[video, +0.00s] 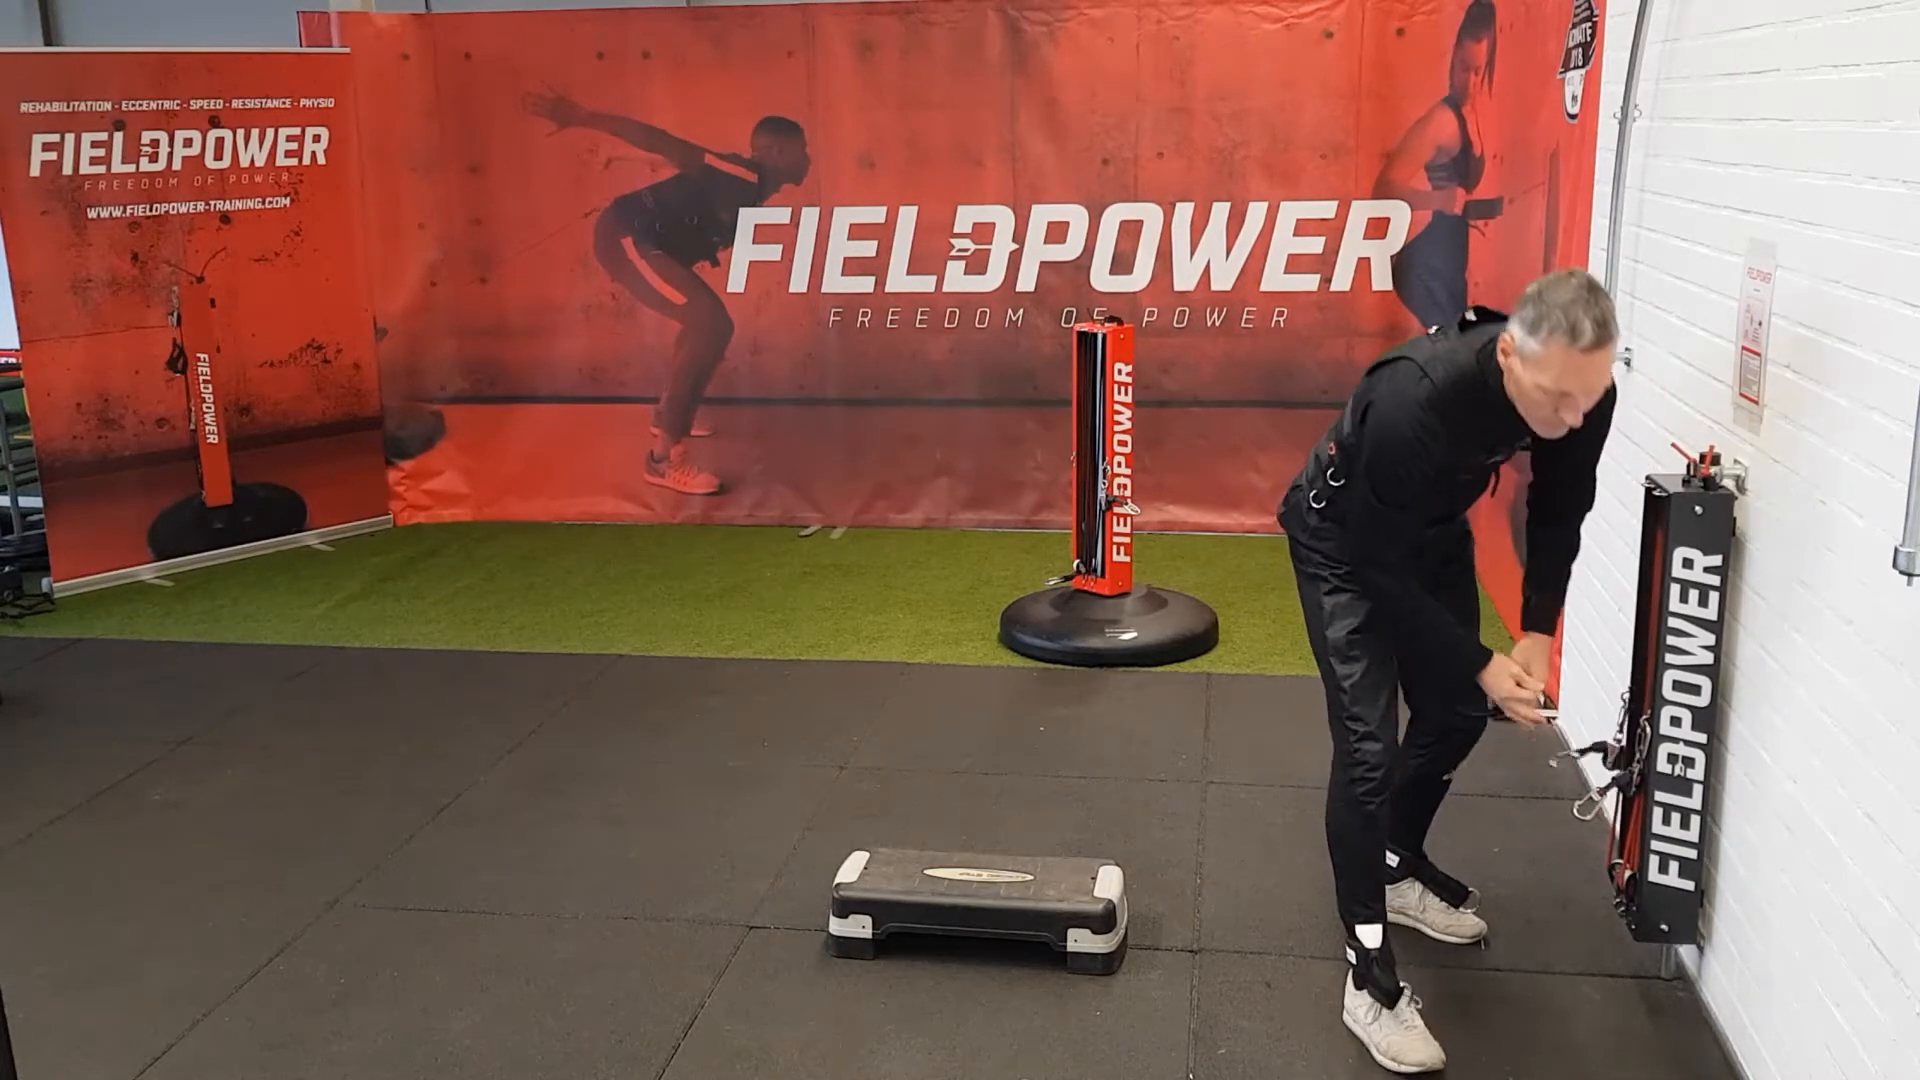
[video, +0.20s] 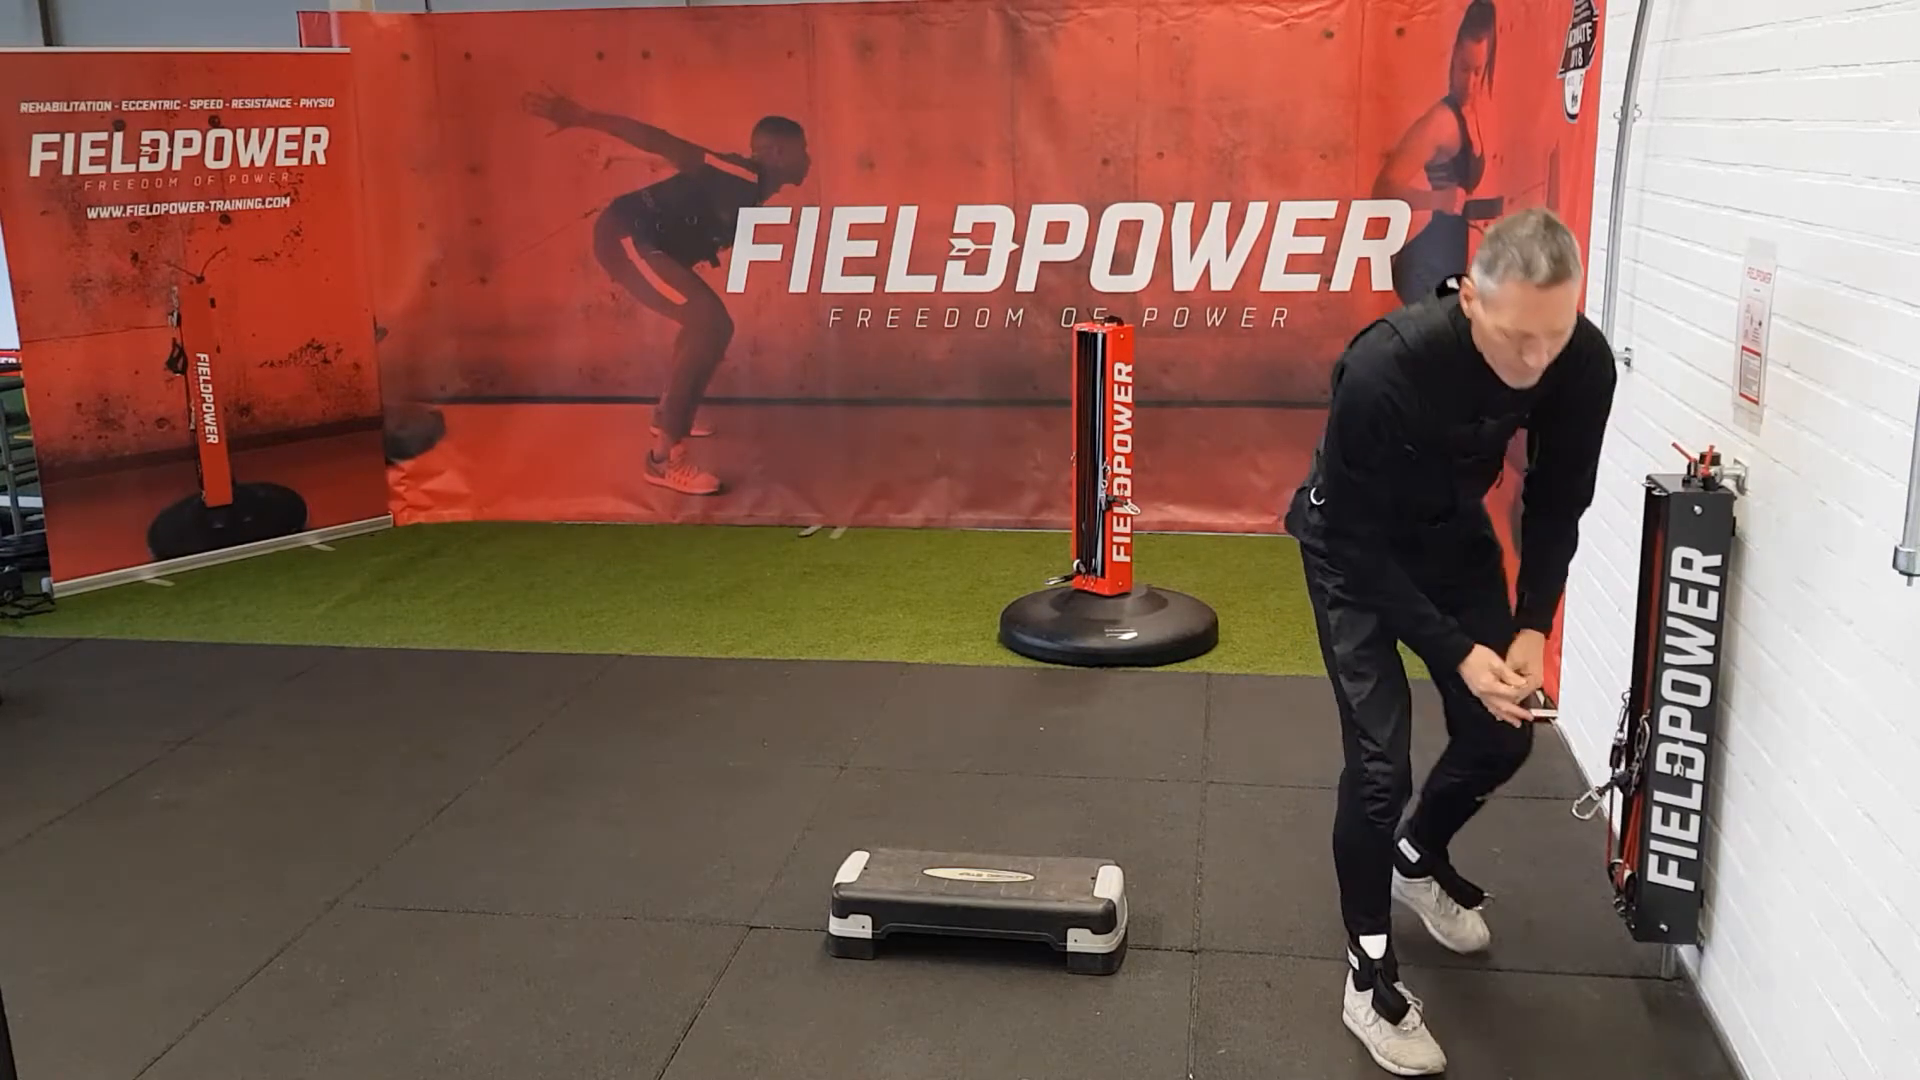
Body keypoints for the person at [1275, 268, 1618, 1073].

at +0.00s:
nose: (1574, 416)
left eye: (1589, 397)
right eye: (1557, 395)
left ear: (1605, 365)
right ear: (1510, 354)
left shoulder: (1589, 387)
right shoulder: (1418, 402)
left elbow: (1559, 503)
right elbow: (1382, 560)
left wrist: (1538, 628)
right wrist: (1480, 667)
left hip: (1436, 531)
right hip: (1343, 536)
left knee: (1454, 716)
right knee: (1369, 752)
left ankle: (1395, 866)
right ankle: (1370, 976)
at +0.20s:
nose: (1537, 356)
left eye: (1555, 336)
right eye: (1519, 336)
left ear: (1577, 306)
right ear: (1471, 300)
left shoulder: (1582, 363)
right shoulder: (1388, 370)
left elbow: (1556, 501)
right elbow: (1361, 538)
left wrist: (1533, 631)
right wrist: (1457, 648)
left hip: (1454, 536)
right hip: (1354, 543)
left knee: (1499, 737)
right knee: (1381, 763)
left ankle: (1414, 854)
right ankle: (1370, 976)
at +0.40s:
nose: (1527, 323)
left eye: (1544, 300)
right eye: (1506, 303)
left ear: (1565, 271)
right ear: (1458, 269)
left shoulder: (1587, 344)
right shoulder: (1377, 346)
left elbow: (1593, 505)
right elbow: (1343, 524)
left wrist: (1562, 660)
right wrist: (1422, 660)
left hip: (1489, 562)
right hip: (1378, 567)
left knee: (1515, 761)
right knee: (1383, 779)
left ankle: (1487, 968)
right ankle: (1372, 977)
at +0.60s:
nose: (1534, 307)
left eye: (1553, 284)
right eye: (1514, 287)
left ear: (1576, 254)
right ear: (1468, 251)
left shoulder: (1609, 352)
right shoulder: (1389, 322)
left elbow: (1629, 545)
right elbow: (1321, 482)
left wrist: (1626, 717)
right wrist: (1336, 640)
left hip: (1515, 588)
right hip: (1392, 577)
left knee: (1517, 799)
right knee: (1391, 784)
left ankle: (1515, 1036)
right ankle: (1373, 980)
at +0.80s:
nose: (1533, 303)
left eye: (1554, 280)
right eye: (1512, 281)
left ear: (1583, 244)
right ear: (1474, 242)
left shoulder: (1624, 348)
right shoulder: (1414, 298)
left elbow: (1669, 545)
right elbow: (1327, 432)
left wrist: (1687, 737)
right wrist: (1287, 578)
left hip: (1539, 590)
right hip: (1414, 569)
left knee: (1538, 819)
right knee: (1390, 781)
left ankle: (1516, 1035)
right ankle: (1375, 964)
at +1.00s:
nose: (1460, 288)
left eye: (1483, 268)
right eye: (1445, 264)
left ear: (1543, 233)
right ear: (1428, 232)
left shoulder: (1612, 331)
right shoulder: (1401, 289)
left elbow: (1684, 523)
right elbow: (1344, 415)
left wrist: (1690, 716)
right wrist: (1315, 549)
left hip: (1537, 583)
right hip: (1414, 557)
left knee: (1537, 818)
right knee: (1361, 752)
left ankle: (1516, 1039)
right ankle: (1353, 920)